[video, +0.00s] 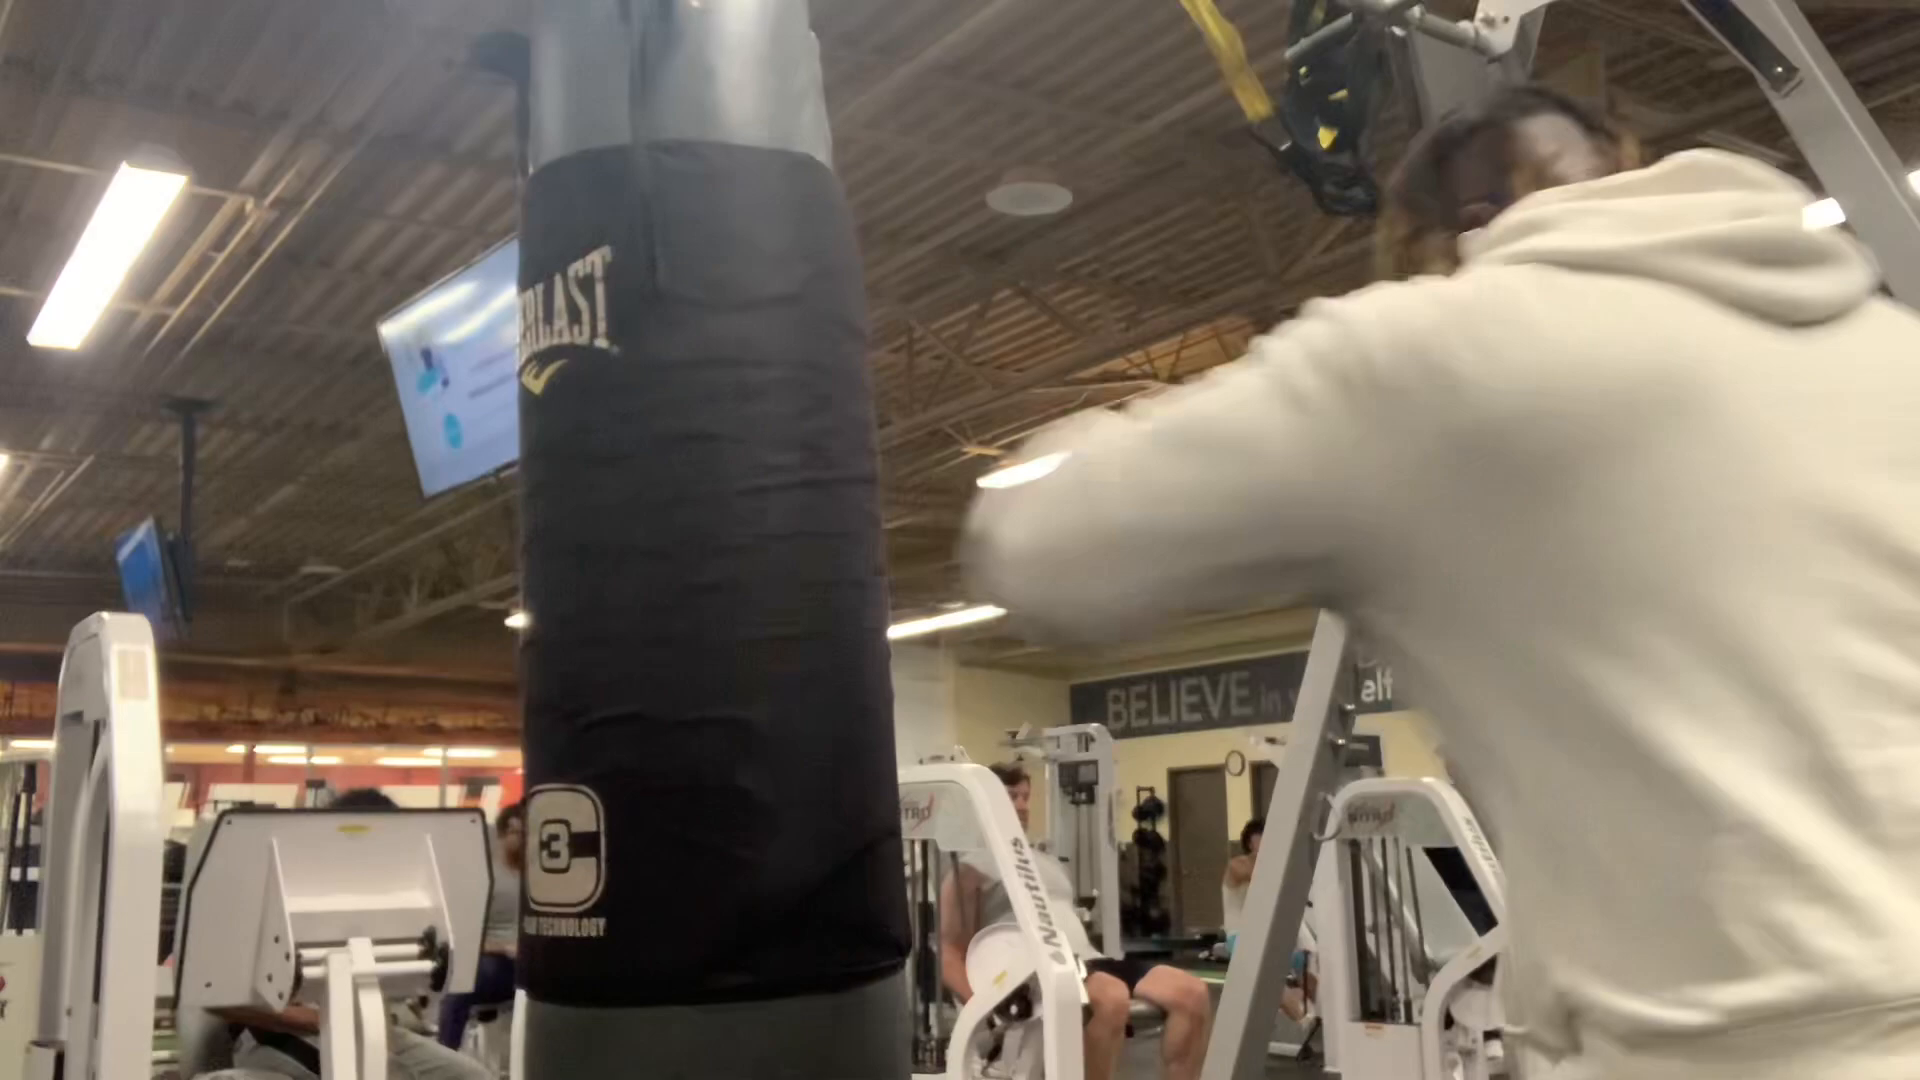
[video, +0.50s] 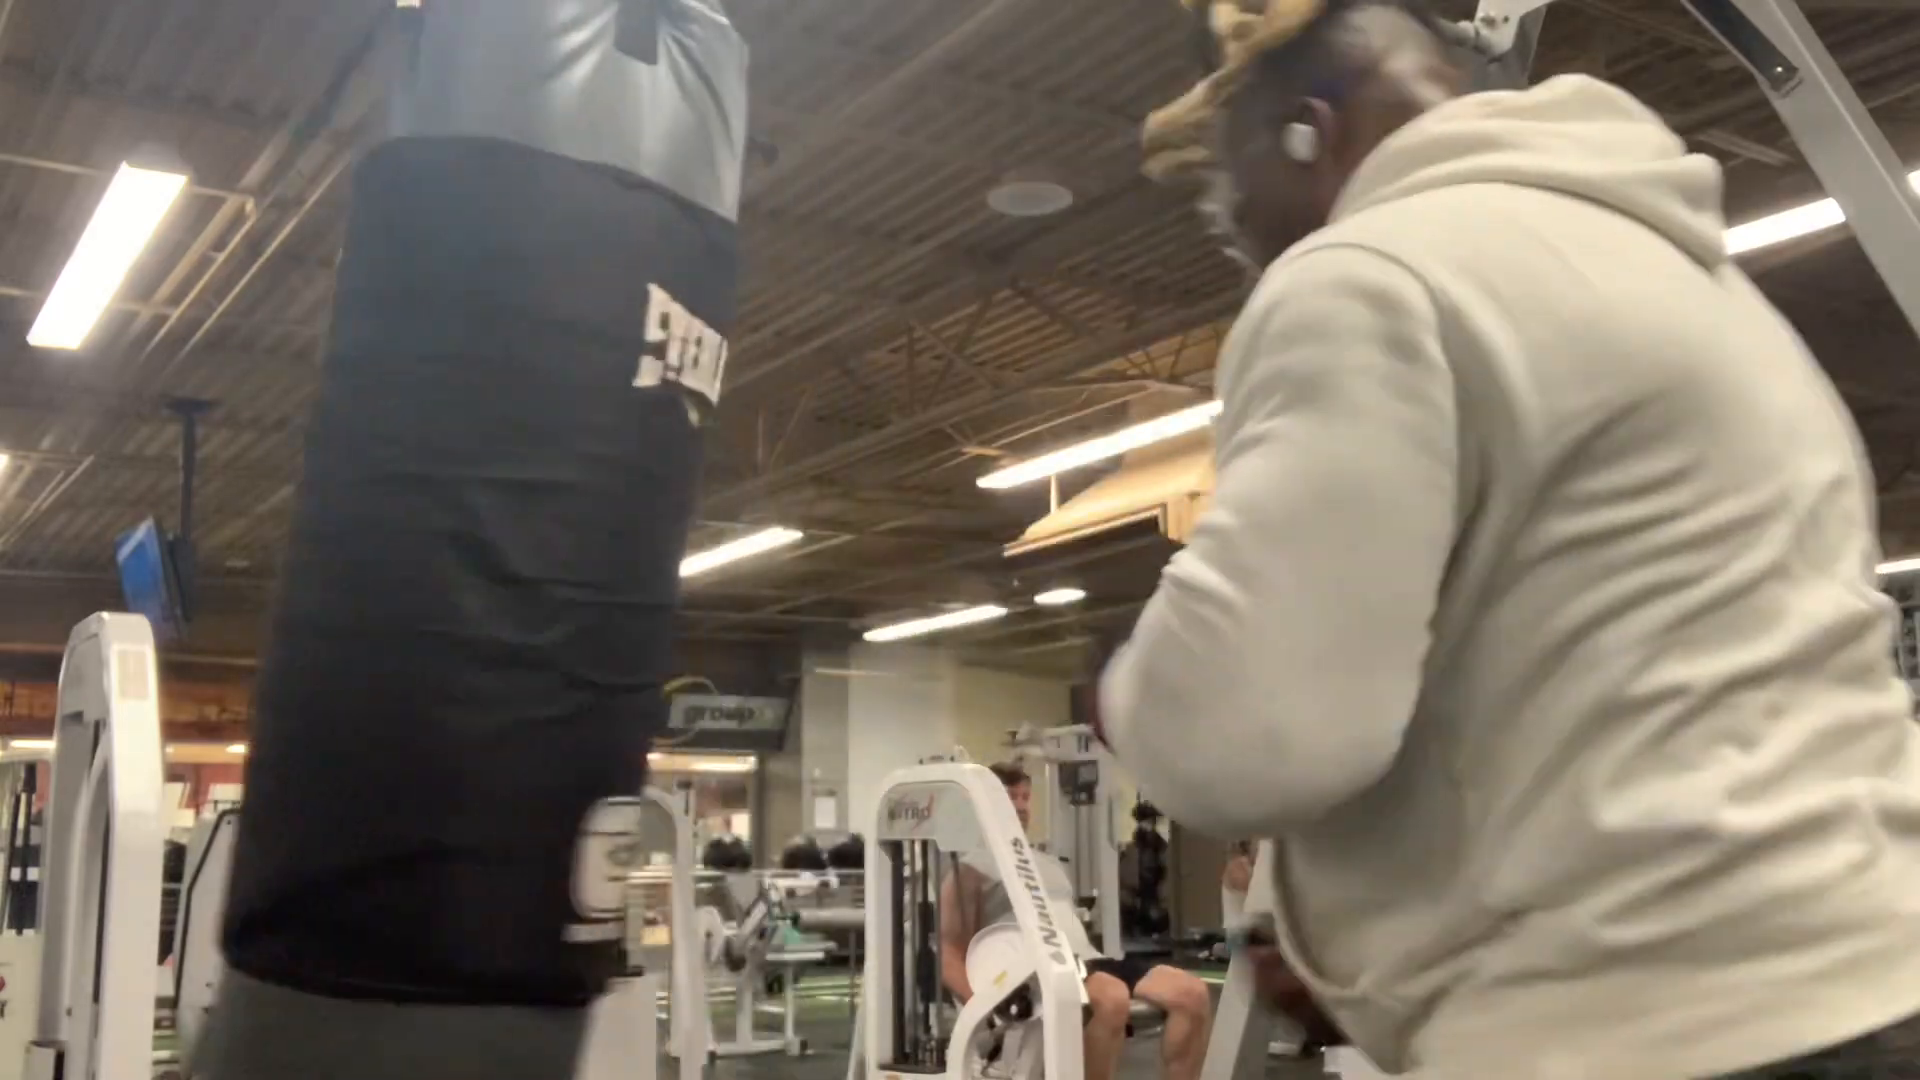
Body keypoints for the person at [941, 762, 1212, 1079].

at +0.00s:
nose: (1022, 806)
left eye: (1025, 798)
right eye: (1012, 797)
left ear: (1029, 802)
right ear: (990, 802)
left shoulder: (1037, 860)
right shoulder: (967, 872)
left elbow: (1059, 925)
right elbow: (951, 960)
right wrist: (984, 1007)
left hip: (1075, 959)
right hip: (1022, 971)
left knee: (1192, 993)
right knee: (1112, 997)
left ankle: (1180, 1074)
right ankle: (1097, 1074)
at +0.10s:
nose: (1021, 806)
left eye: (1025, 798)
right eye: (1011, 797)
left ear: (1029, 803)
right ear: (990, 802)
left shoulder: (1037, 860)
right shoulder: (967, 872)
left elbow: (1059, 925)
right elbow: (951, 961)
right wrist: (985, 1007)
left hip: (1075, 960)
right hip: (1021, 972)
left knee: (1191, 993)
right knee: (1112, 996)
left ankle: (1181, 1075)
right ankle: (1097, 1075)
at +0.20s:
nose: (1021, 806)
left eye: (1023, 796)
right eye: (1009, 796)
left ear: (1029, 803)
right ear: (986, 807)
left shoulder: (1046, 862)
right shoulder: (969, 870)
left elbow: (1064, 927)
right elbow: (952, 960)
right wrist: (988, 1008)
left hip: (1085, 960)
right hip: (1029, 972)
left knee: (1192, 994)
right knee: (1111, 999)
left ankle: (1181, 1074)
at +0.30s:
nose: (1022, 805)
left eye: (1022, 796)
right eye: (1009, 798)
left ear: (1026, 802)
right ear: (985, 807)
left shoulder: (1041, 861)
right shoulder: (966, 874)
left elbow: (1060, 927)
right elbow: (952, 963)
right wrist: (987, 1008)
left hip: (1077, 961)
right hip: (1022, 973)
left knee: (1191, 993)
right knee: (1112, 996)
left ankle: (1180, 1075)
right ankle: (1095, 1075)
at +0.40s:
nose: (1016, 804)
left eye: (1021, 796)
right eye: (1005, 797)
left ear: (1029, 794)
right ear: (987, 800)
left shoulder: (1041, 845)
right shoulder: (970, 860)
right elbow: (951, 961)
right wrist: (987, 1009)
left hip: (1074, 957)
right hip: (1014, 968)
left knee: (1191, 994)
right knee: (1112, 997)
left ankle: (1180, 1074)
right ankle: (1096, 1074)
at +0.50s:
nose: (1021, 807)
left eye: (1025, 799)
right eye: (1011, 799)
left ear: (1030, 803)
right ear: (990, 804)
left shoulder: (1037, 860)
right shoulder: (967, 873)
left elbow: (1058, 927)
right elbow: (952, 965)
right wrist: (989, 1009)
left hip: (1072, 960)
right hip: (1019, 972)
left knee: (1191, 994)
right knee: (1112, 997)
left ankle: (1180, 1073)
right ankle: (1096, 1074)